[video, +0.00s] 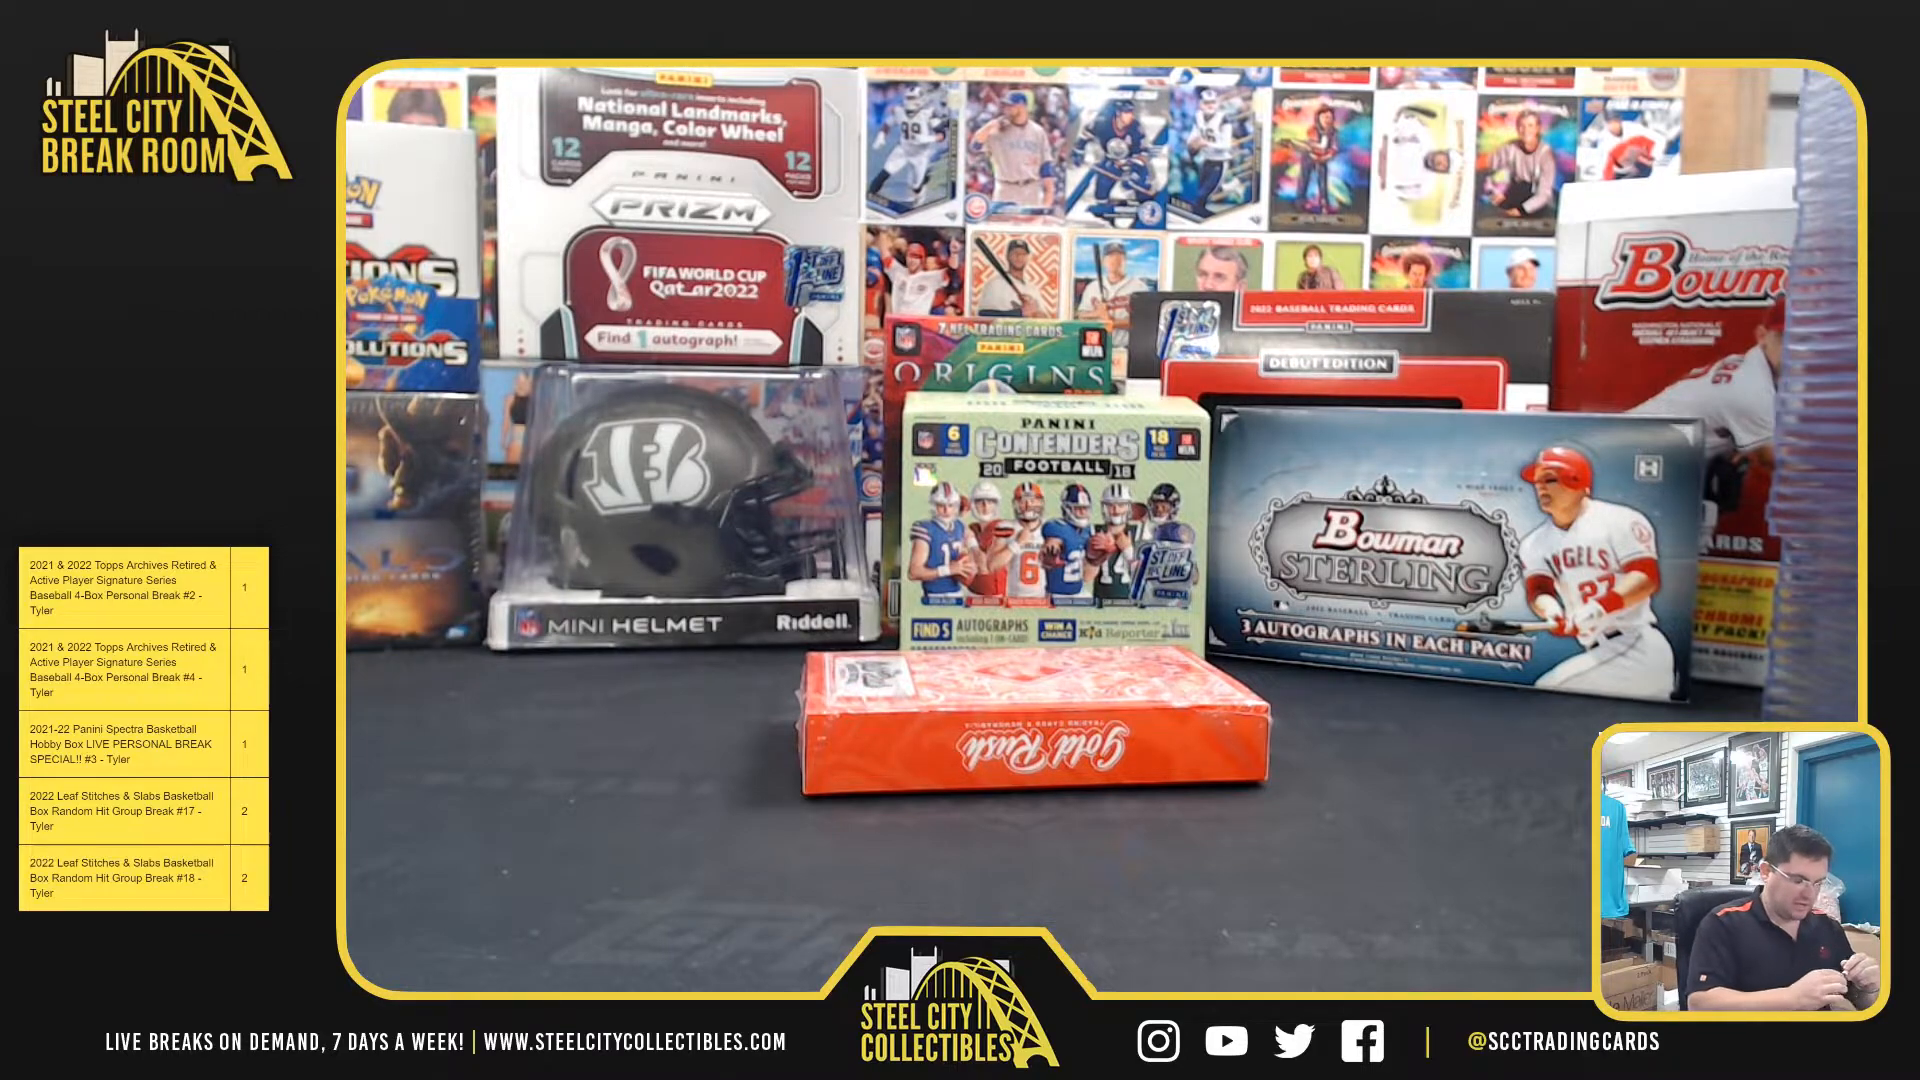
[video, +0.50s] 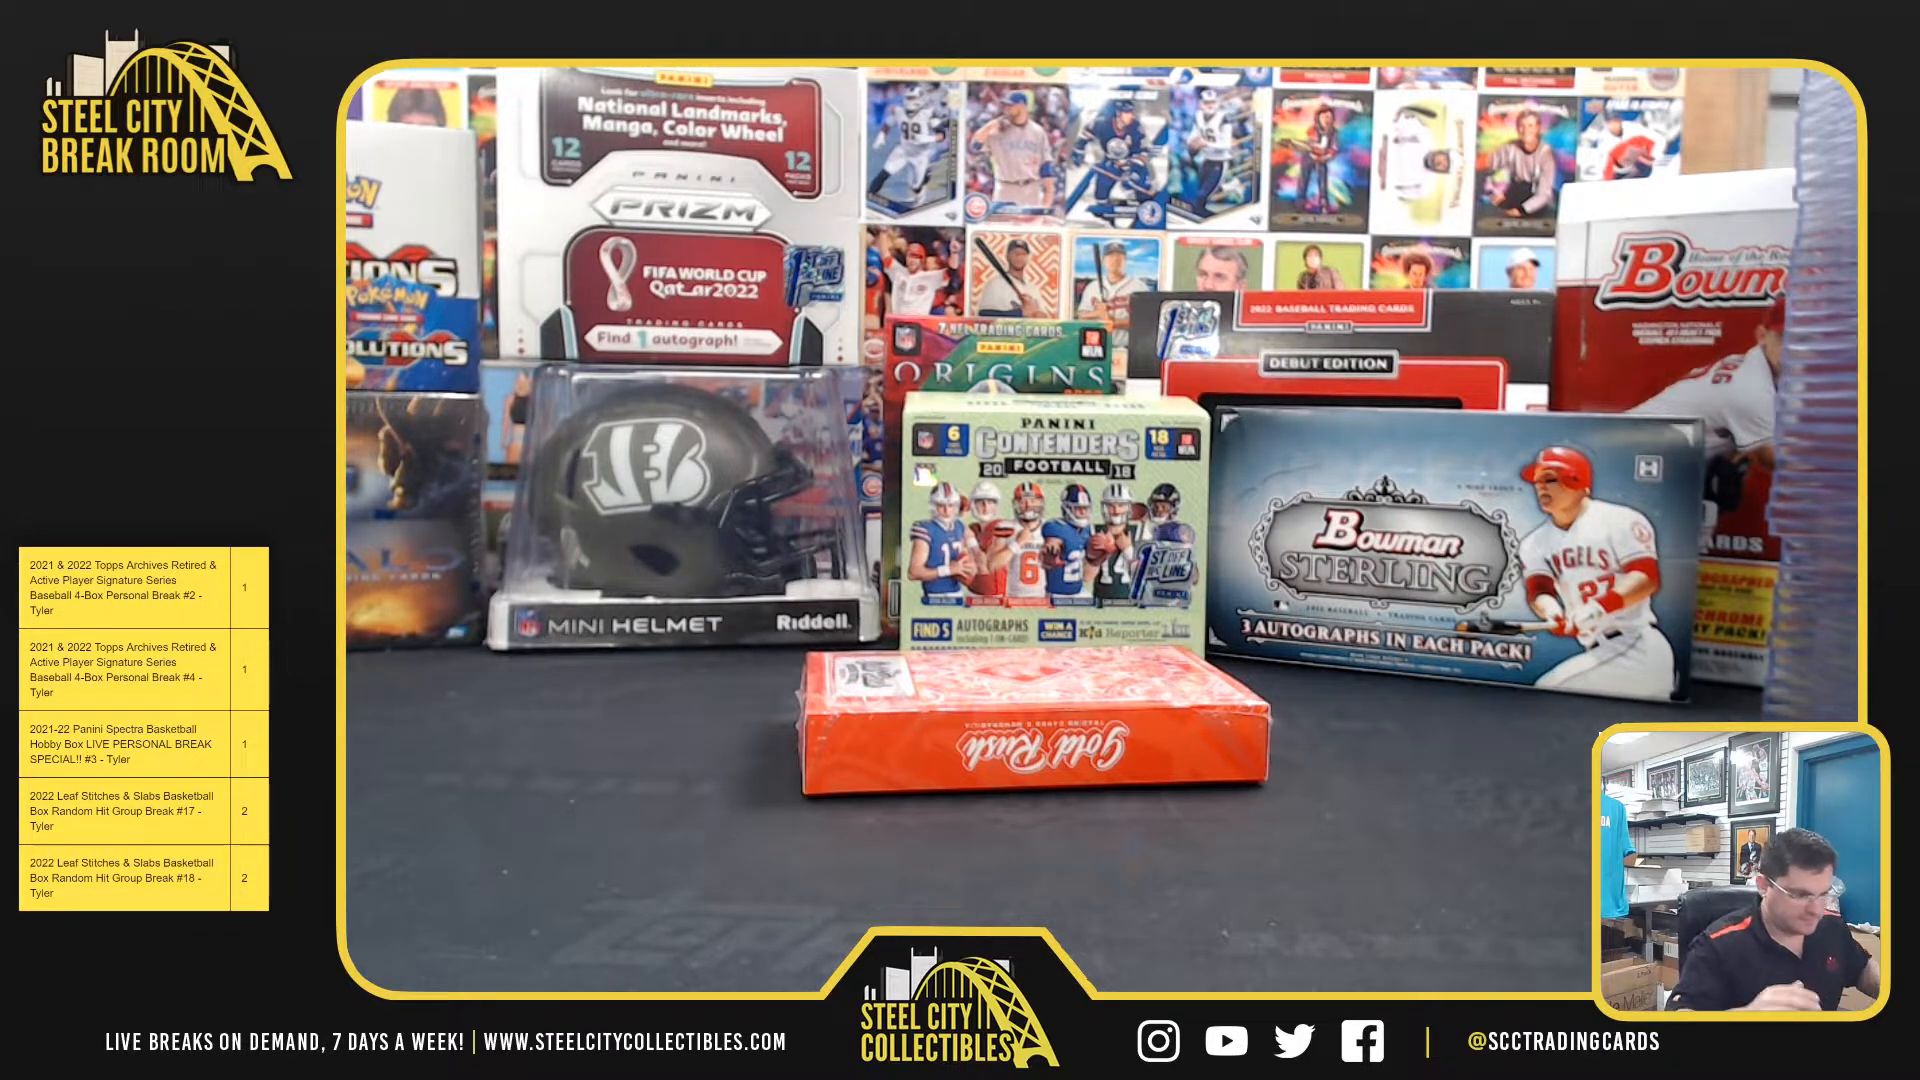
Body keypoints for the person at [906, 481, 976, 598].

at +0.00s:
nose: (946, 511)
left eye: (950, 505)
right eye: (941, 506)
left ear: (957, 507)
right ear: (934, 507)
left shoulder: (960, 528)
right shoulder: (925, 529)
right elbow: (914, 572)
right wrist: (948, 569)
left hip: (958, 596)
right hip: (935, 598)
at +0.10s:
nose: (946, 511)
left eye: (950, 505)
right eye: (941, 506)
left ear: (957, 507)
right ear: (934, 507)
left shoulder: (960, 528)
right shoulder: (925, 529)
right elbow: (914, 572)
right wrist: (948, 569)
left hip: (958, 596)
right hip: (935, 598)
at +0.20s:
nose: (946, 511)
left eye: (951, 505)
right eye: (941, 506)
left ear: (957, 507)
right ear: (934, 507)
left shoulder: (960, 528)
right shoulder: (924, 529)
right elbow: (914, 572)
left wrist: (969, 566)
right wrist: (949, 570)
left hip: (957, 597)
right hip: (935, 598)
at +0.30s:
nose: (946, 511)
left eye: (951, 505)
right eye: (941, 505)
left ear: (957, 507)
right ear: (934, 507)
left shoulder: (960, 528)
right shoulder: (925, 529)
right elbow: (914, 572)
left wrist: (969, 566)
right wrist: (948, 570)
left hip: (957, 596)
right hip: (935, 598)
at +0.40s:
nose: (946, 511)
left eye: (951, 506)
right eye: (941, 506)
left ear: (957, 507)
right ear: (934, 507)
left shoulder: (960, 528)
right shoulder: (925, 529)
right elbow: (914, 572)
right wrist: (948, 570)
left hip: (957, 596)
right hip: (935, 598)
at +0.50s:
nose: (946, 511)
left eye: (951, 506)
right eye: (941, 506)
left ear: (957, 507)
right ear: (934, 507)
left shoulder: (960, 528)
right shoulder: (925, 529)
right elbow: (914, 572)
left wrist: (968, 566)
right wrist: (948, 570)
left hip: (957, 596)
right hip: (935, 598)